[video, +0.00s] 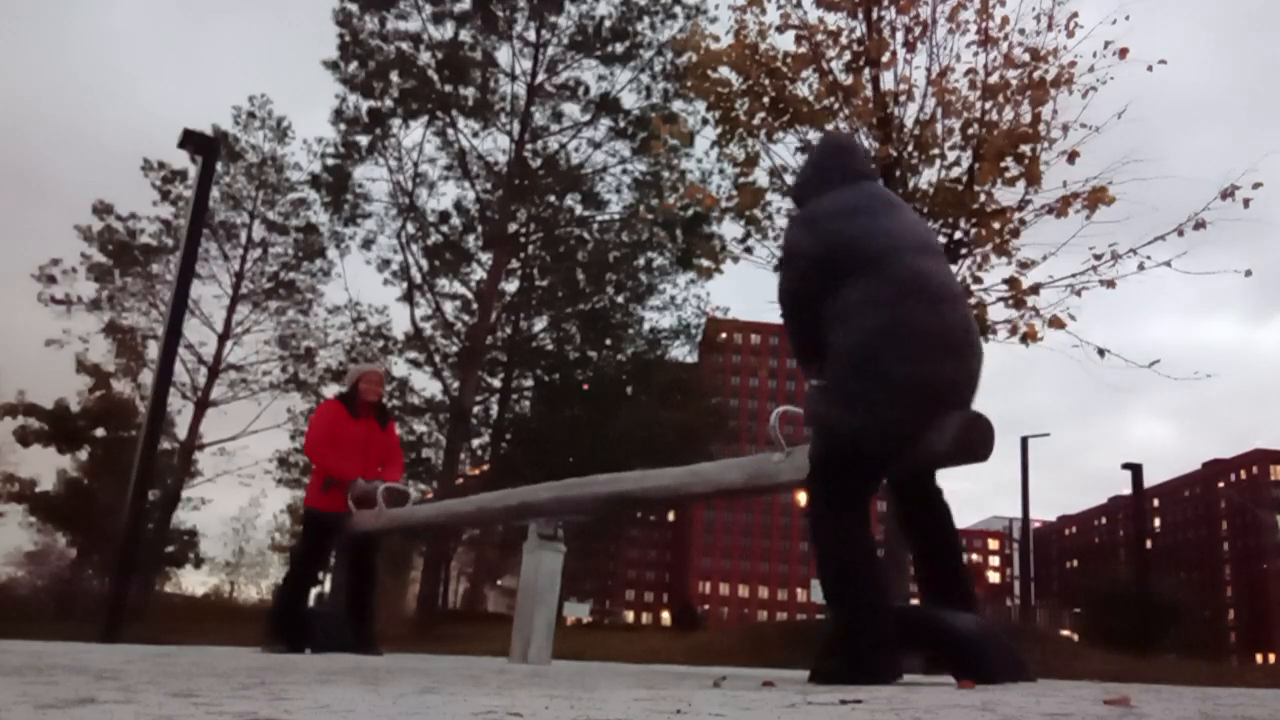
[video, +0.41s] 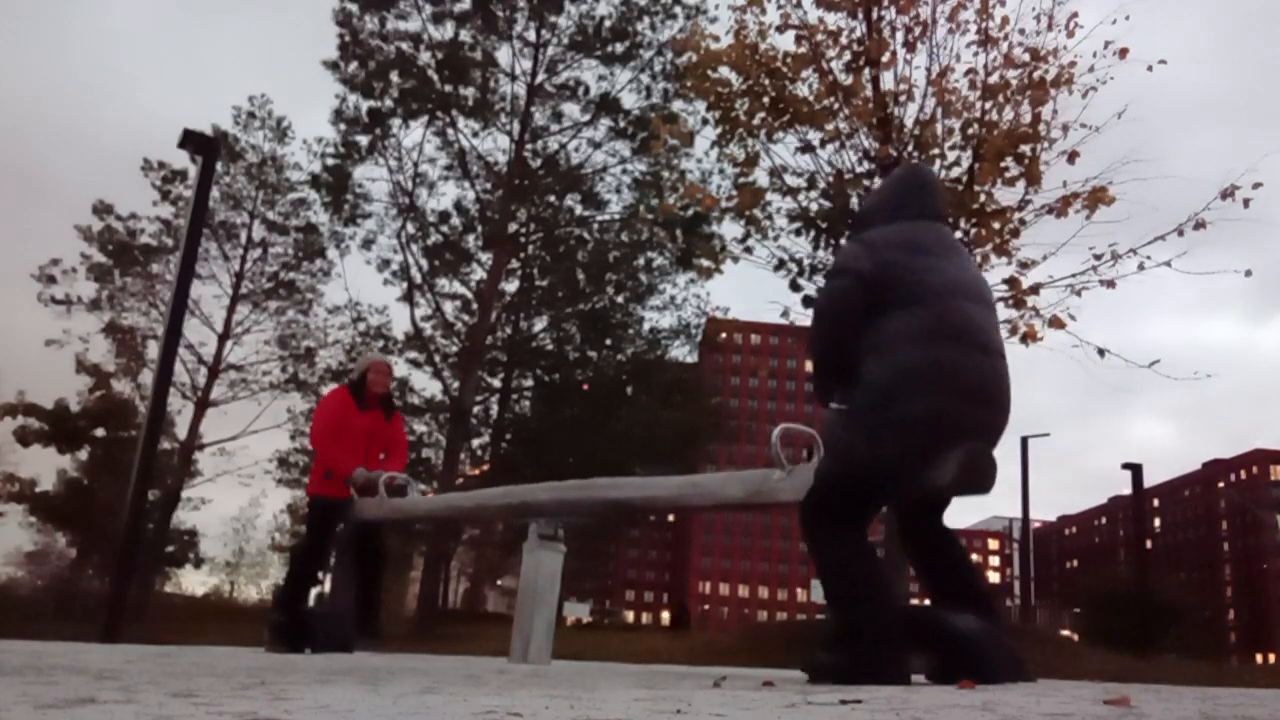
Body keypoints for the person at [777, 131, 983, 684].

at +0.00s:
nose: (797, 196)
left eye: (800, 188)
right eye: (798, 189)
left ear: (814, 181)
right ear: (860, 173)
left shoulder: (813, 219)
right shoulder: (897, 208)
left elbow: (796, 297)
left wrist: (817, 363)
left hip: (878, 366)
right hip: (952, 357)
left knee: (836, 498)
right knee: (915, 487)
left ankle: (861, 645)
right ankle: (960, 631)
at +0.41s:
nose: (861, 210)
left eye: (868, 202)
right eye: (865, 202)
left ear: (883, 205)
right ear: (928, 206)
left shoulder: (871, 246)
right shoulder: (955, 253)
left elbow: (832, 316)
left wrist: (833, 385)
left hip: (905, 403)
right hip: (980, 406)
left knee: (828, 513)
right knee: (919, 519)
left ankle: (868, 648)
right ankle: (985, 640)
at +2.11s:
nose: (852, 168)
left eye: (856, 159)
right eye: (853, 161)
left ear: (870, 147)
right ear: (918, 139)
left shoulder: (873, 174)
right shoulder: (946, 178)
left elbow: (844, 257)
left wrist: (834, 314)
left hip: (914, 310)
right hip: (985, 318)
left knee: (828, 412)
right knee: (911, 426)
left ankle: (857, 546)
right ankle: (959, 558)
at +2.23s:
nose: (858, 145)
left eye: (863, 136)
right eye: (859, 137)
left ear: (880, 123)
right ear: (921, 120)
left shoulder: (883, 152)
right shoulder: (953, 157)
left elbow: (847, 229)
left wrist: (835, 298)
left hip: (914, 285)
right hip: (984, 295)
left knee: (827, 387)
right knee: (908, 406)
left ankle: (852, 512)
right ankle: (954, 533)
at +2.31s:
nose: (859, 128)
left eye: (864, 120)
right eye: (860, 122)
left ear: (883, 109)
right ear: (921, 108)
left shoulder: (884, 139)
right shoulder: (956, 145)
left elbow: (850, 215)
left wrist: (832, 292)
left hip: (914, 271)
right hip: (983, 281)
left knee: (830, 368)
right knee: (906, 392)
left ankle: (844, 506)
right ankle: (947, 522)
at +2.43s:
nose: (865, 124)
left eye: (869, 114)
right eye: (865, 117)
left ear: (888, 99)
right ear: (925, 94)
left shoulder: (894, 124)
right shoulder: (959, 131)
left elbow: (853, 202)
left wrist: (824, 272)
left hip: (912, 258)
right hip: (980, 269)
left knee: (830, 354)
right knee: (907, 384)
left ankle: (839, 496)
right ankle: (939, 519)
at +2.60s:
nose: (872, 113)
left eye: (877, 102)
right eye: (871, 105)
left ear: (895, 89)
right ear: (928, 84)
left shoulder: (906, 115)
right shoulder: (964, 131)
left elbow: (856, 185)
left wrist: (803, 225)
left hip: (899, 269)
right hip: (964, 278)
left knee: (826, 356)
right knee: (908, 387)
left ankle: (842, 482)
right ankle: (944, 522)